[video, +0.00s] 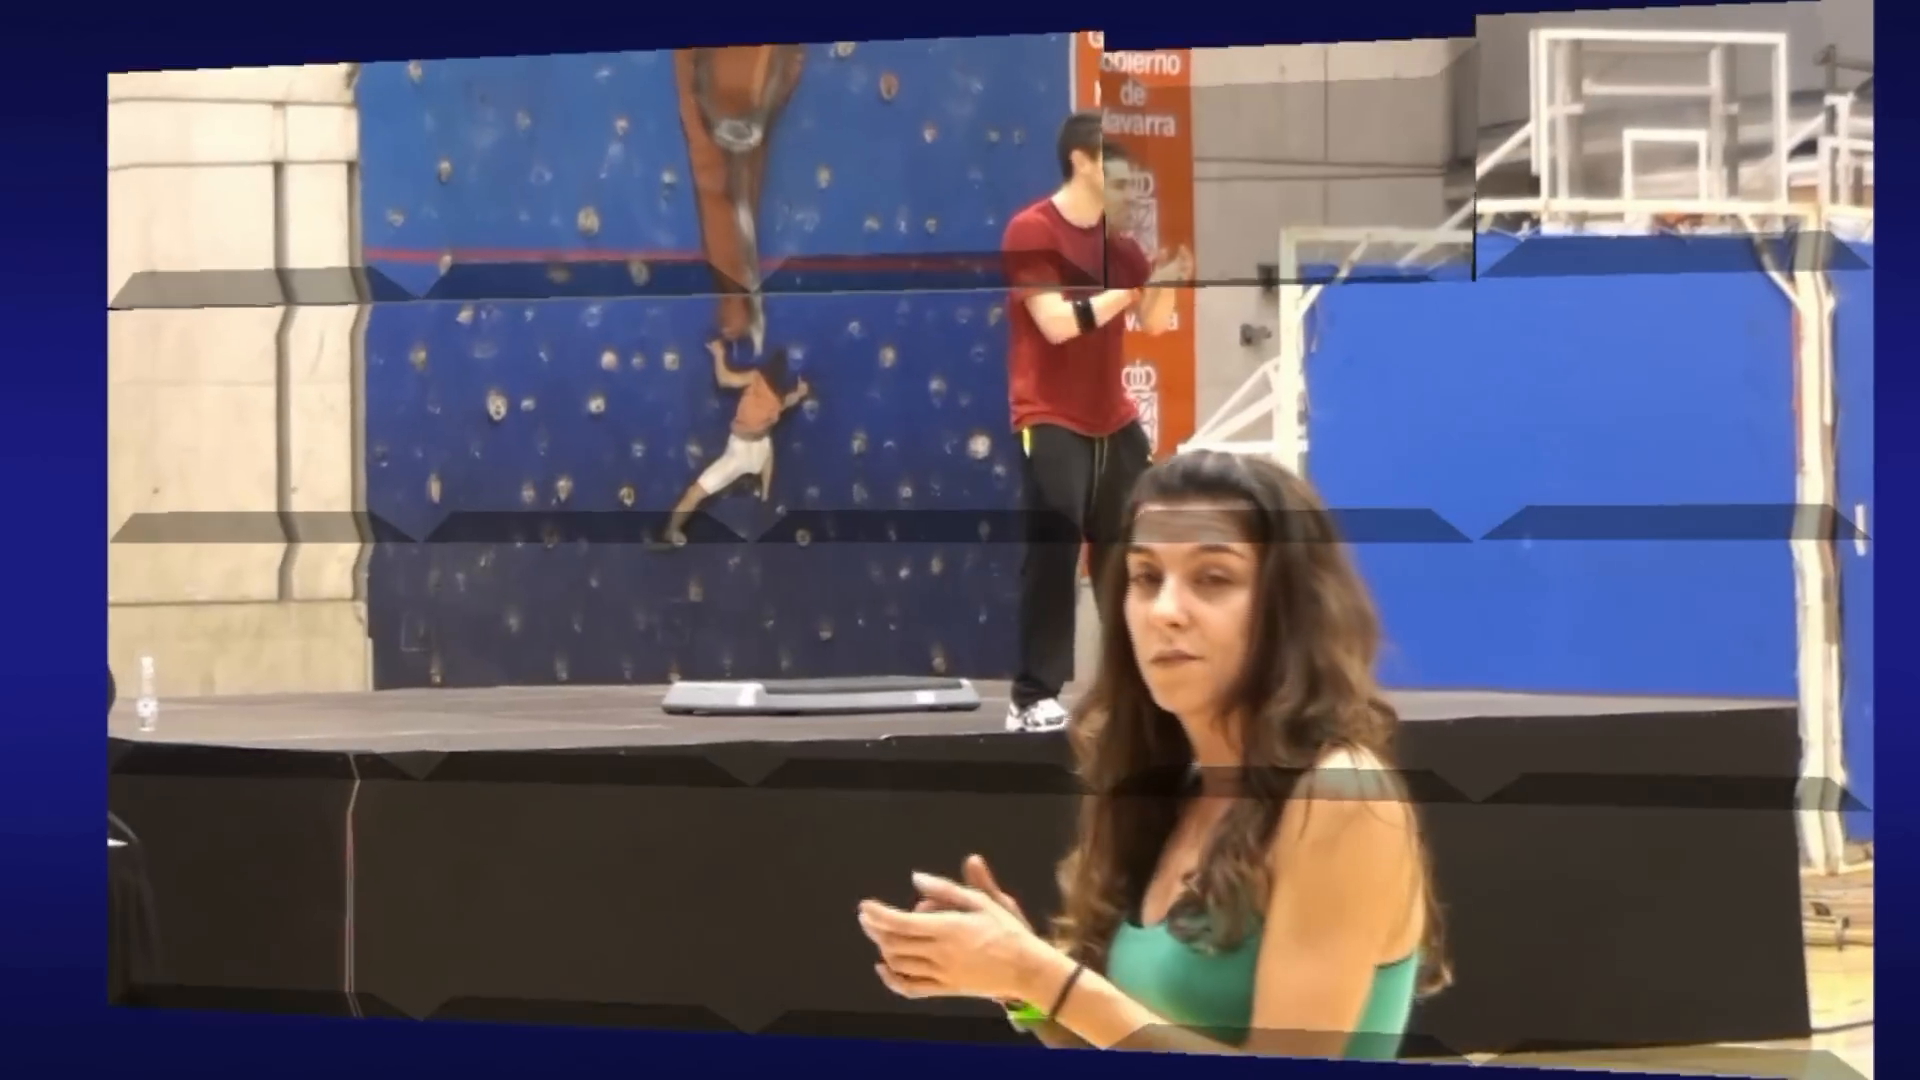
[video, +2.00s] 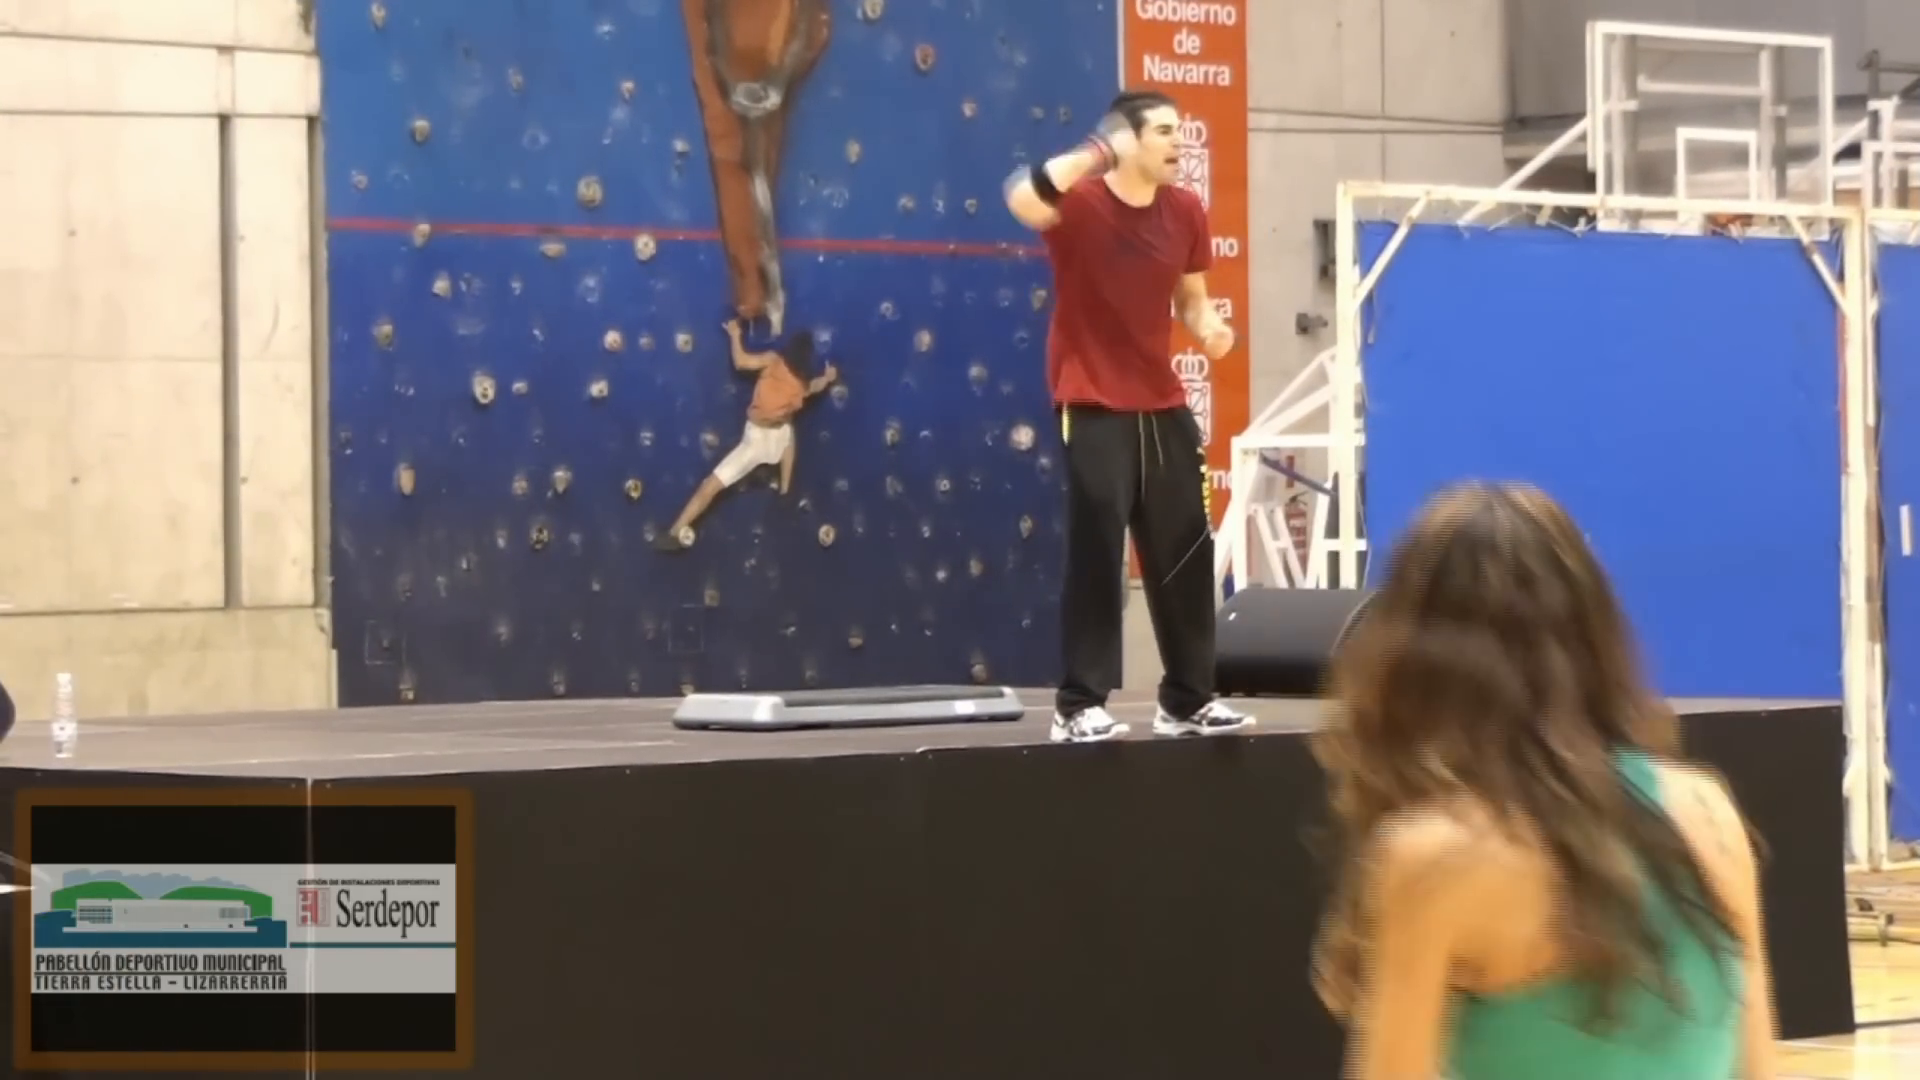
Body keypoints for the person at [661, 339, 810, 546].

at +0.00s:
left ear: (769, 366)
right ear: (784, 372)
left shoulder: (756, 377)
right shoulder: (780, 397)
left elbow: (724, 379)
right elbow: (789, 401)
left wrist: (718, 355)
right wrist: (801, 392)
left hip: (740, 451)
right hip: (760, 449)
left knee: (700, 488)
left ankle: (673, 528)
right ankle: (765, 494)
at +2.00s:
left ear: (788, 349)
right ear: (808, 358)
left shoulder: (772, 361)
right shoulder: (802, 385)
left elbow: (740, 362)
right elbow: (816, 386)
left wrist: (735, 336)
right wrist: (829, 378)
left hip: (754, 440)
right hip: (779, 438)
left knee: (712, 484)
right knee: (789, 433)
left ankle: (678, 530)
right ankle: (785, 486)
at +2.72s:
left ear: (788, 353)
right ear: (808, 361)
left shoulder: (772, 362)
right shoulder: (802, 388)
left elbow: (740, 364)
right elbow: (816, 387)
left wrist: (735, 337)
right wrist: (829, 379)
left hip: (754, 443)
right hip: (778, 442)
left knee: (712, 485)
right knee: (789, 434)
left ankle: (677, 532)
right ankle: (785, 489)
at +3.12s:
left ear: (788, 351)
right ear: (808, 360)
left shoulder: (772, 362)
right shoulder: (802, 387)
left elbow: (741, 363)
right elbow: (816, 387)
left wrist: (735, 337)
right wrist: (829, 379)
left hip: (754, 442)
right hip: (778, 440)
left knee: (712, 484)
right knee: (788, 434)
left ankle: (676, 532)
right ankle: (784, 488)